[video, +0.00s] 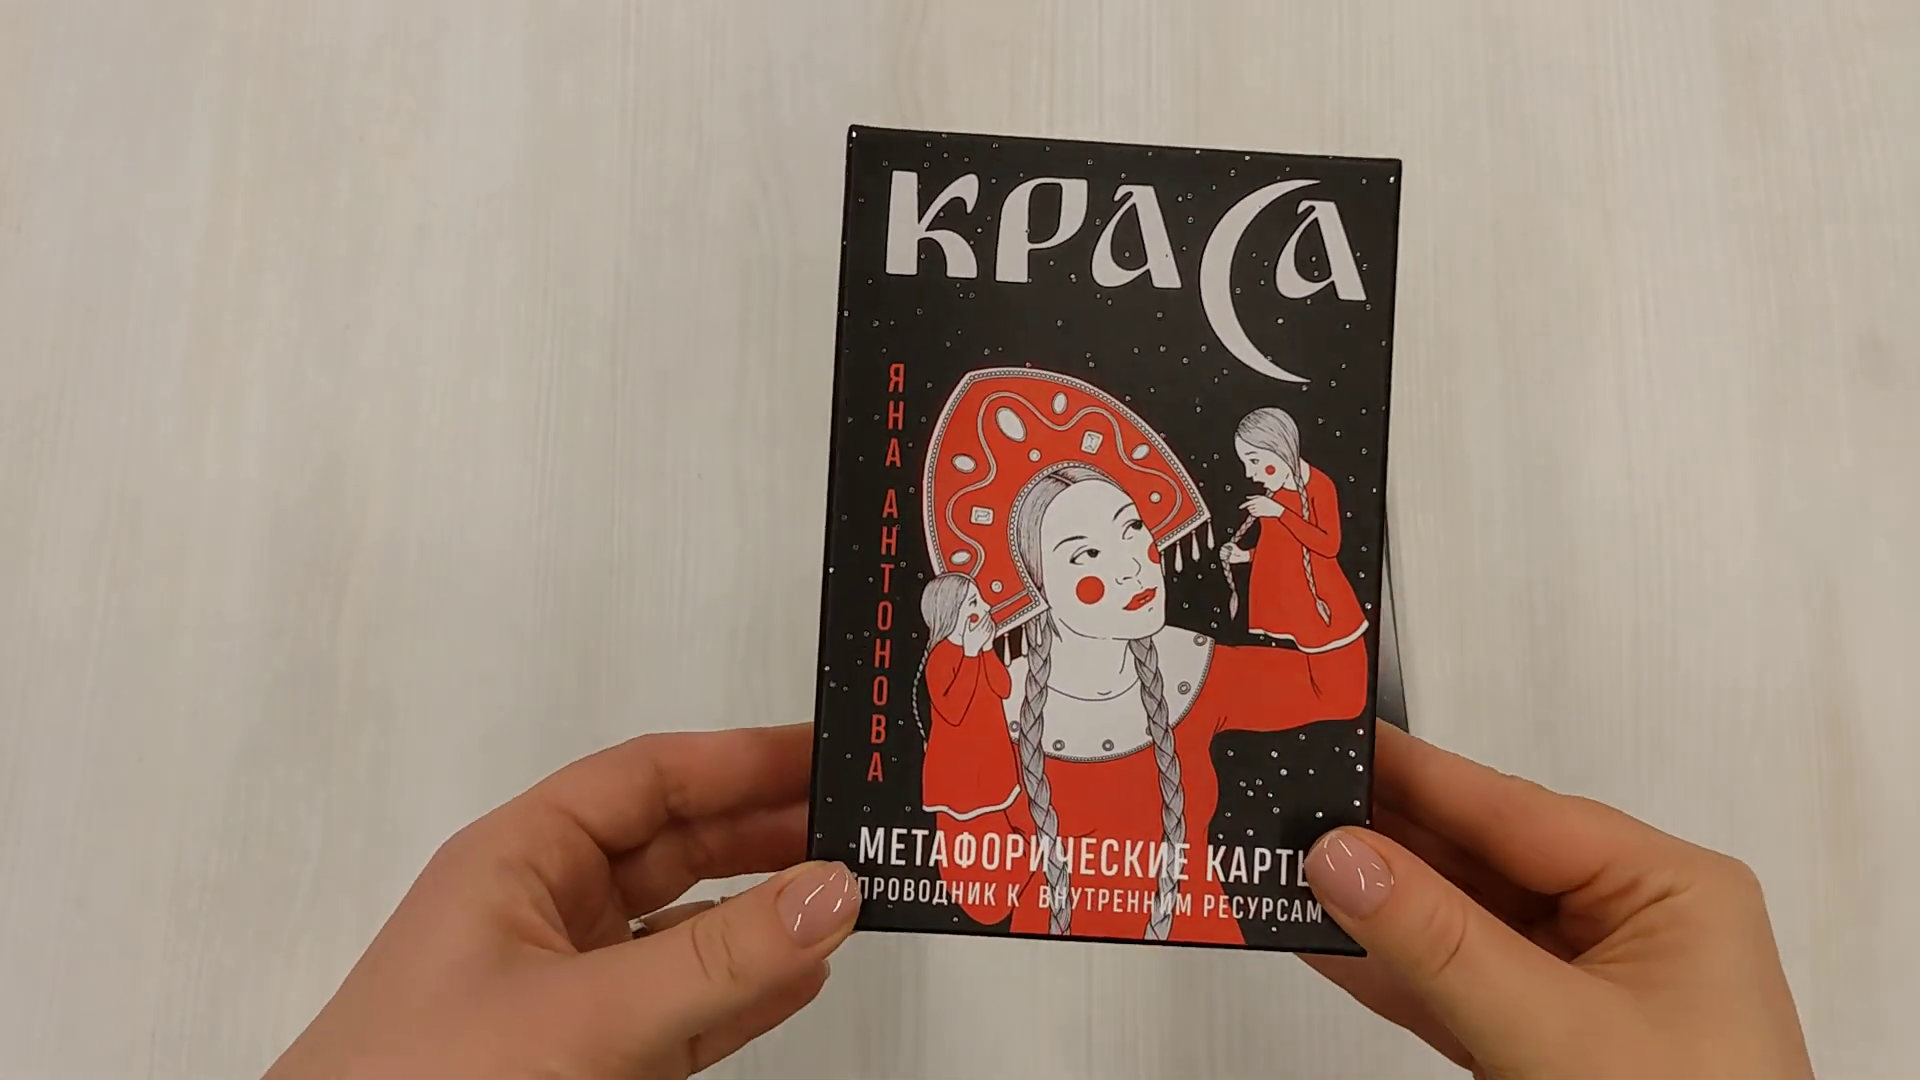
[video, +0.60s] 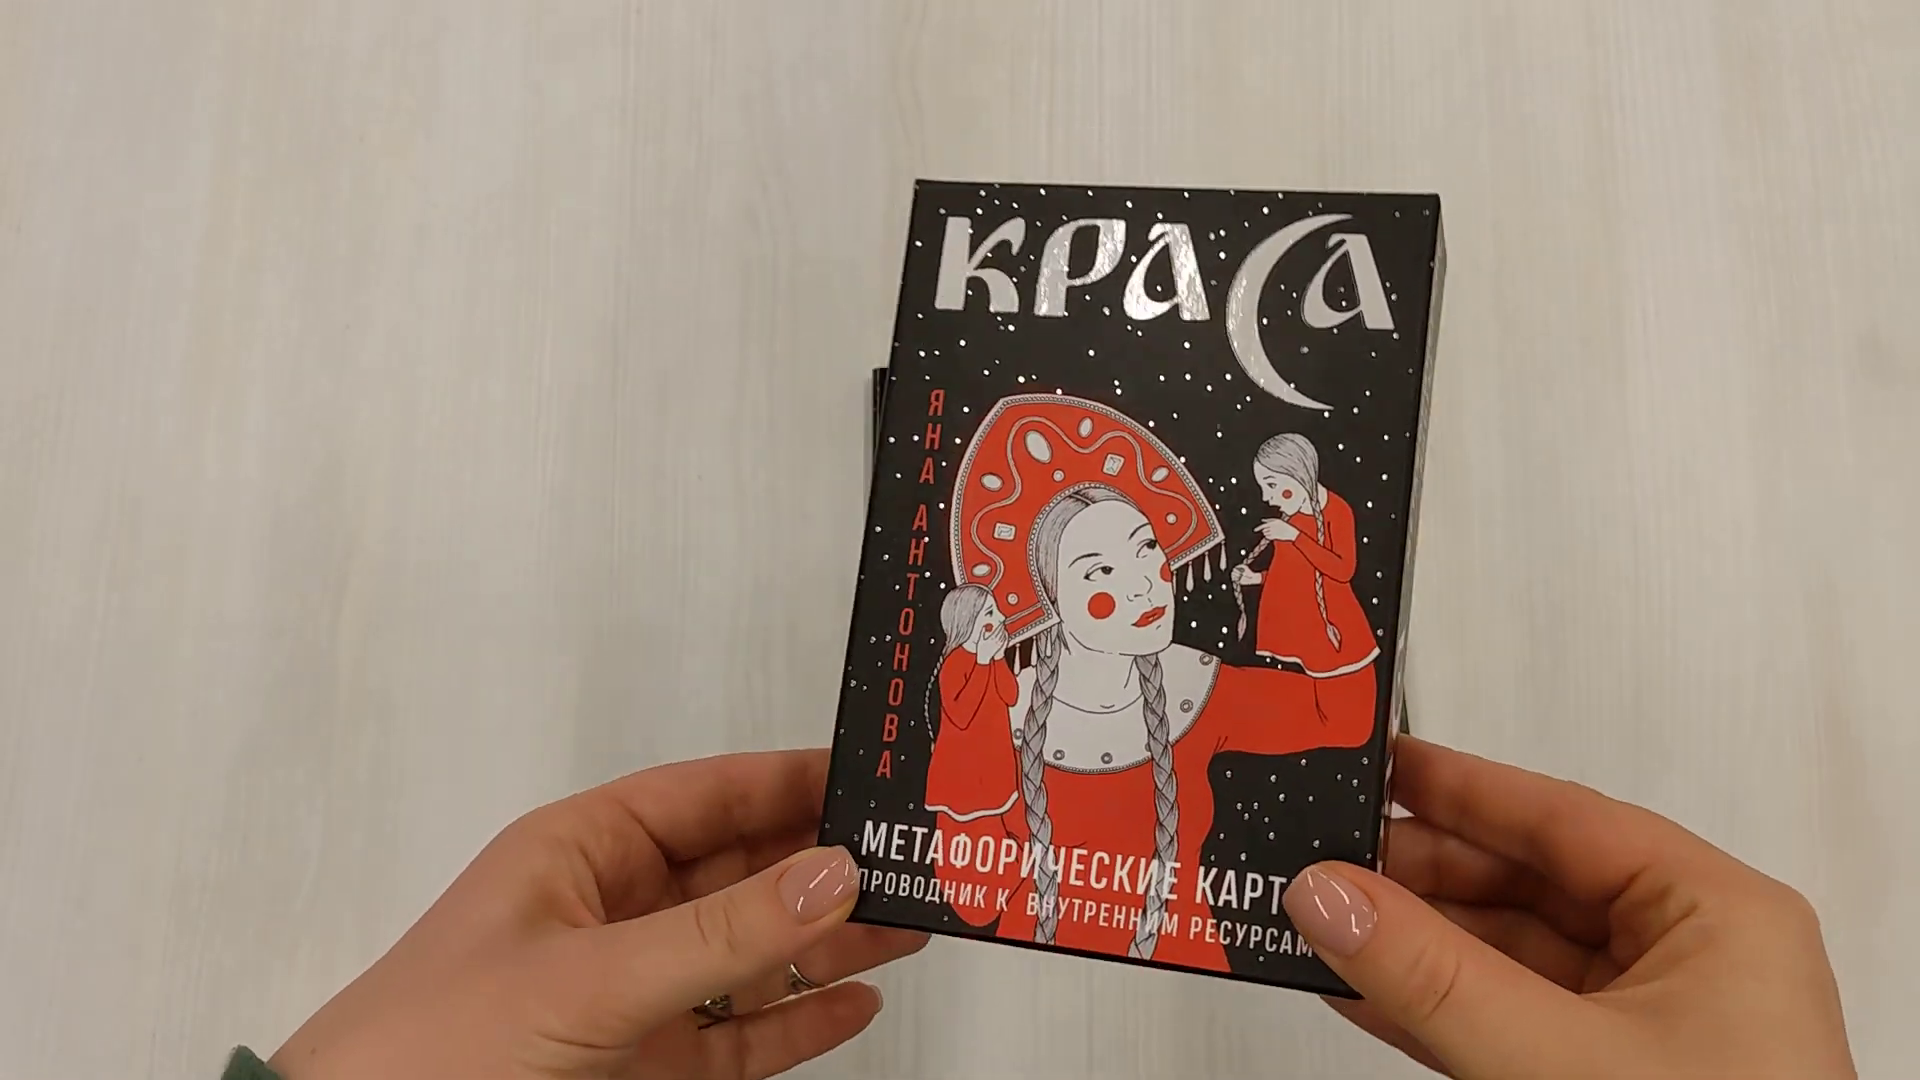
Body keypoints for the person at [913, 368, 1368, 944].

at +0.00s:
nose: (1133, 565)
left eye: (1130, 528)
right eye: (1082, 555)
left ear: (1152, 537)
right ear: (1041, 587)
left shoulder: (1190, 670)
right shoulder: (998, 699)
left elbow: (1337, 683)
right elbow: (986, 898)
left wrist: (1296, 531)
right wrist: (964, 678)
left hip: (1193, 959)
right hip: (1048, 968)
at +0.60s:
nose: (1143, 583)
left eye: (1144, 549)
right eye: (1097, 572)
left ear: (1164, 555)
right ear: (1054, 600)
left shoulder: (1195, 689)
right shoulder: (1006, 704)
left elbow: (1344, 711)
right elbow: (974, 902)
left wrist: (1310, 559)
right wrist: (971, 712)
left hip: (1177, 968)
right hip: (1032, 962)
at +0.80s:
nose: (1131, 561)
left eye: (1139, 529)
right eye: (1090, 547)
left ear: (1157, 535)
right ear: (1046, 571)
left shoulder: (1163, 664)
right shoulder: (979, 656)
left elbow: (1314, 699)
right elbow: (909, 837)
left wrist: (1301, 559)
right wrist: (952, 630)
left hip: (1104, 923)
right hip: (969, 902)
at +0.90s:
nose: (1135, 566)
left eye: (1146, 537)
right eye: (1095, 547)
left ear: (1164, 549)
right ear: (1045, 562)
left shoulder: (1156, 675)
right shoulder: (974, 652)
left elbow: (1295, 731)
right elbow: (885, 824)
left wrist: (1300, 588)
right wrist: (939, 644)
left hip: (1067, 937)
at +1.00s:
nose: (1133, 581)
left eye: (1149, 555)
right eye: (1096, 558)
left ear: (1164, 569)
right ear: (1048, 572)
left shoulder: (1133, 688)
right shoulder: (962, 639)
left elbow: (1263, 751)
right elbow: (850, 801)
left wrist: (1293, 616)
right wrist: (935, 628)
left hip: (1000, 934)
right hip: (882, 884)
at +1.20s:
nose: (1158, 603)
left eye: (1179, 583)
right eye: (1134, 577)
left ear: (1191, 597)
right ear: (1086, 573)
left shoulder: (1139, 695)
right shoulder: (992, 625)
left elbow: (1253, 765)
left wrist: (1314, 641)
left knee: (836, 907)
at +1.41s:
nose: (1113, 553)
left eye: (1136, 546)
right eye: (1108, 529)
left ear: (1145, 558)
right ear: (1076, 517)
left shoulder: (1094, 619)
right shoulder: (1011, 563)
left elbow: (1187, 647)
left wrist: (1268, 560)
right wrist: (987, 546)